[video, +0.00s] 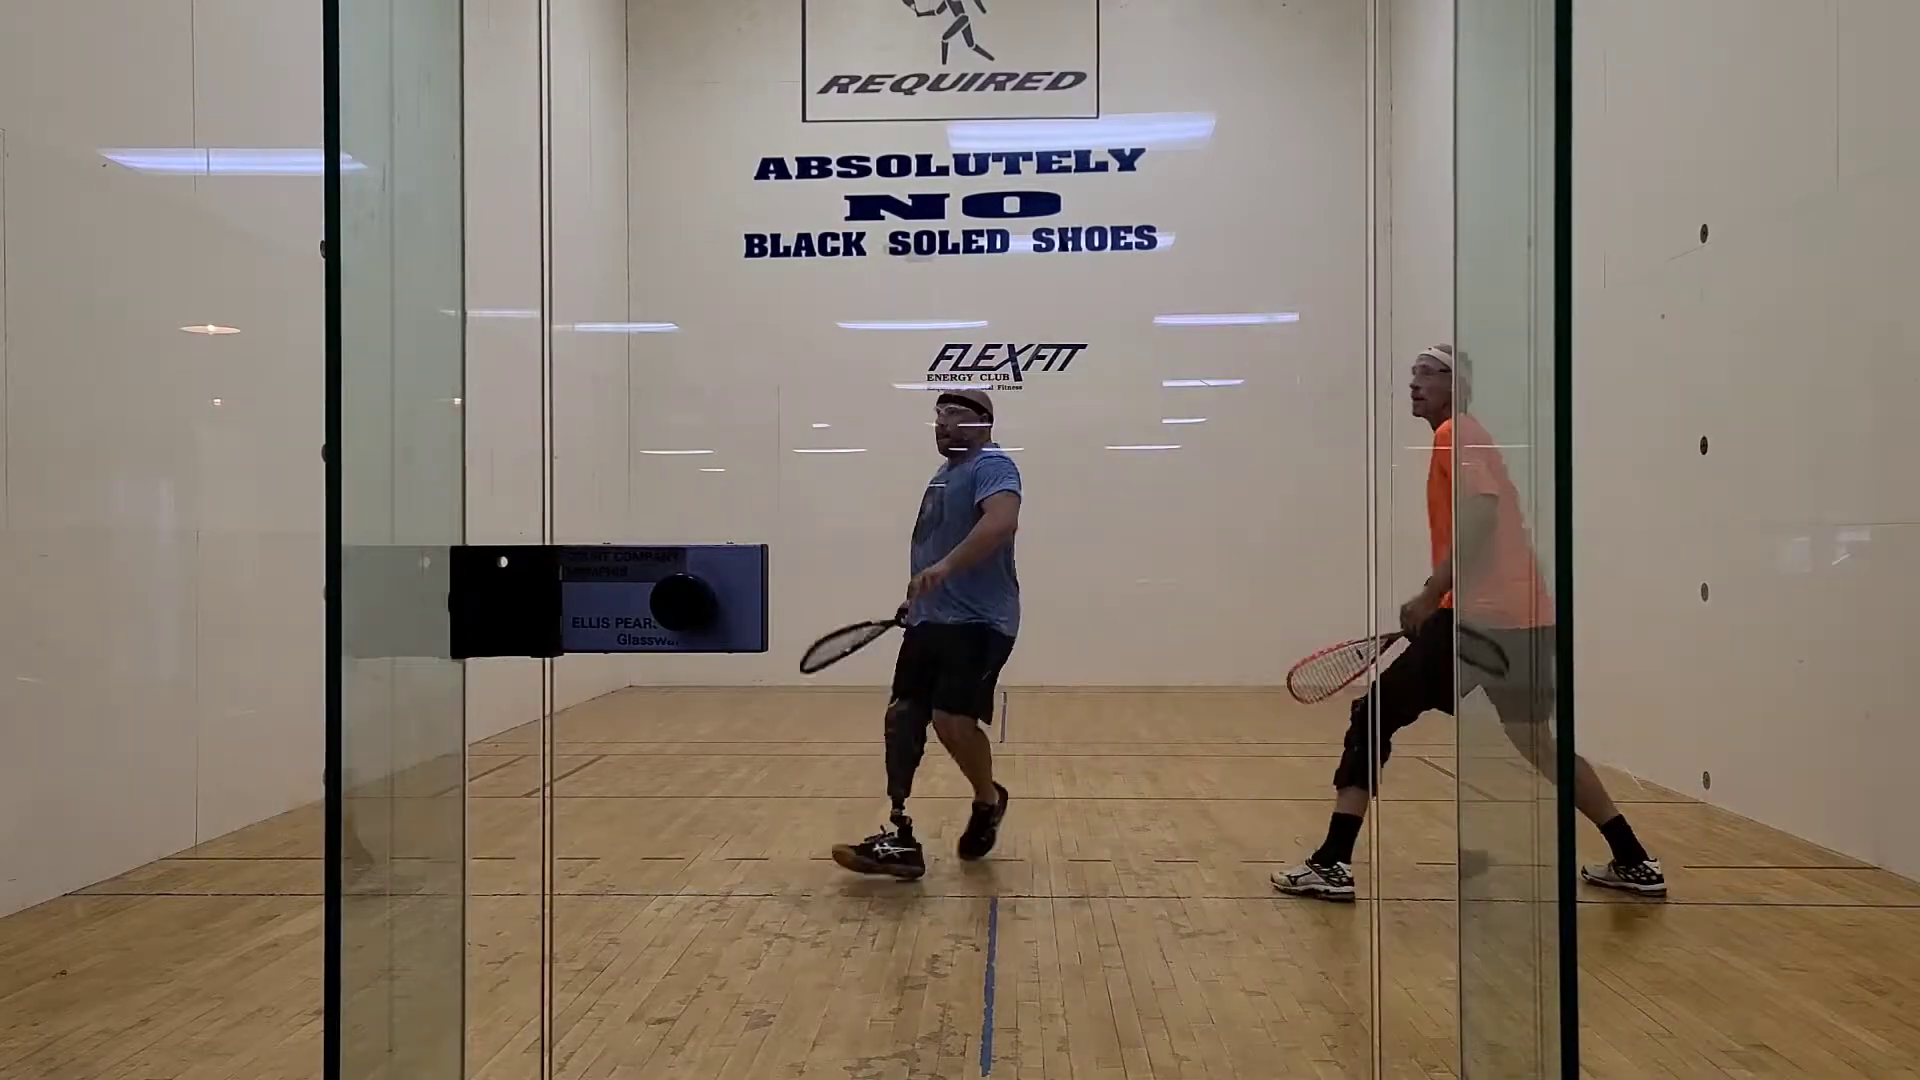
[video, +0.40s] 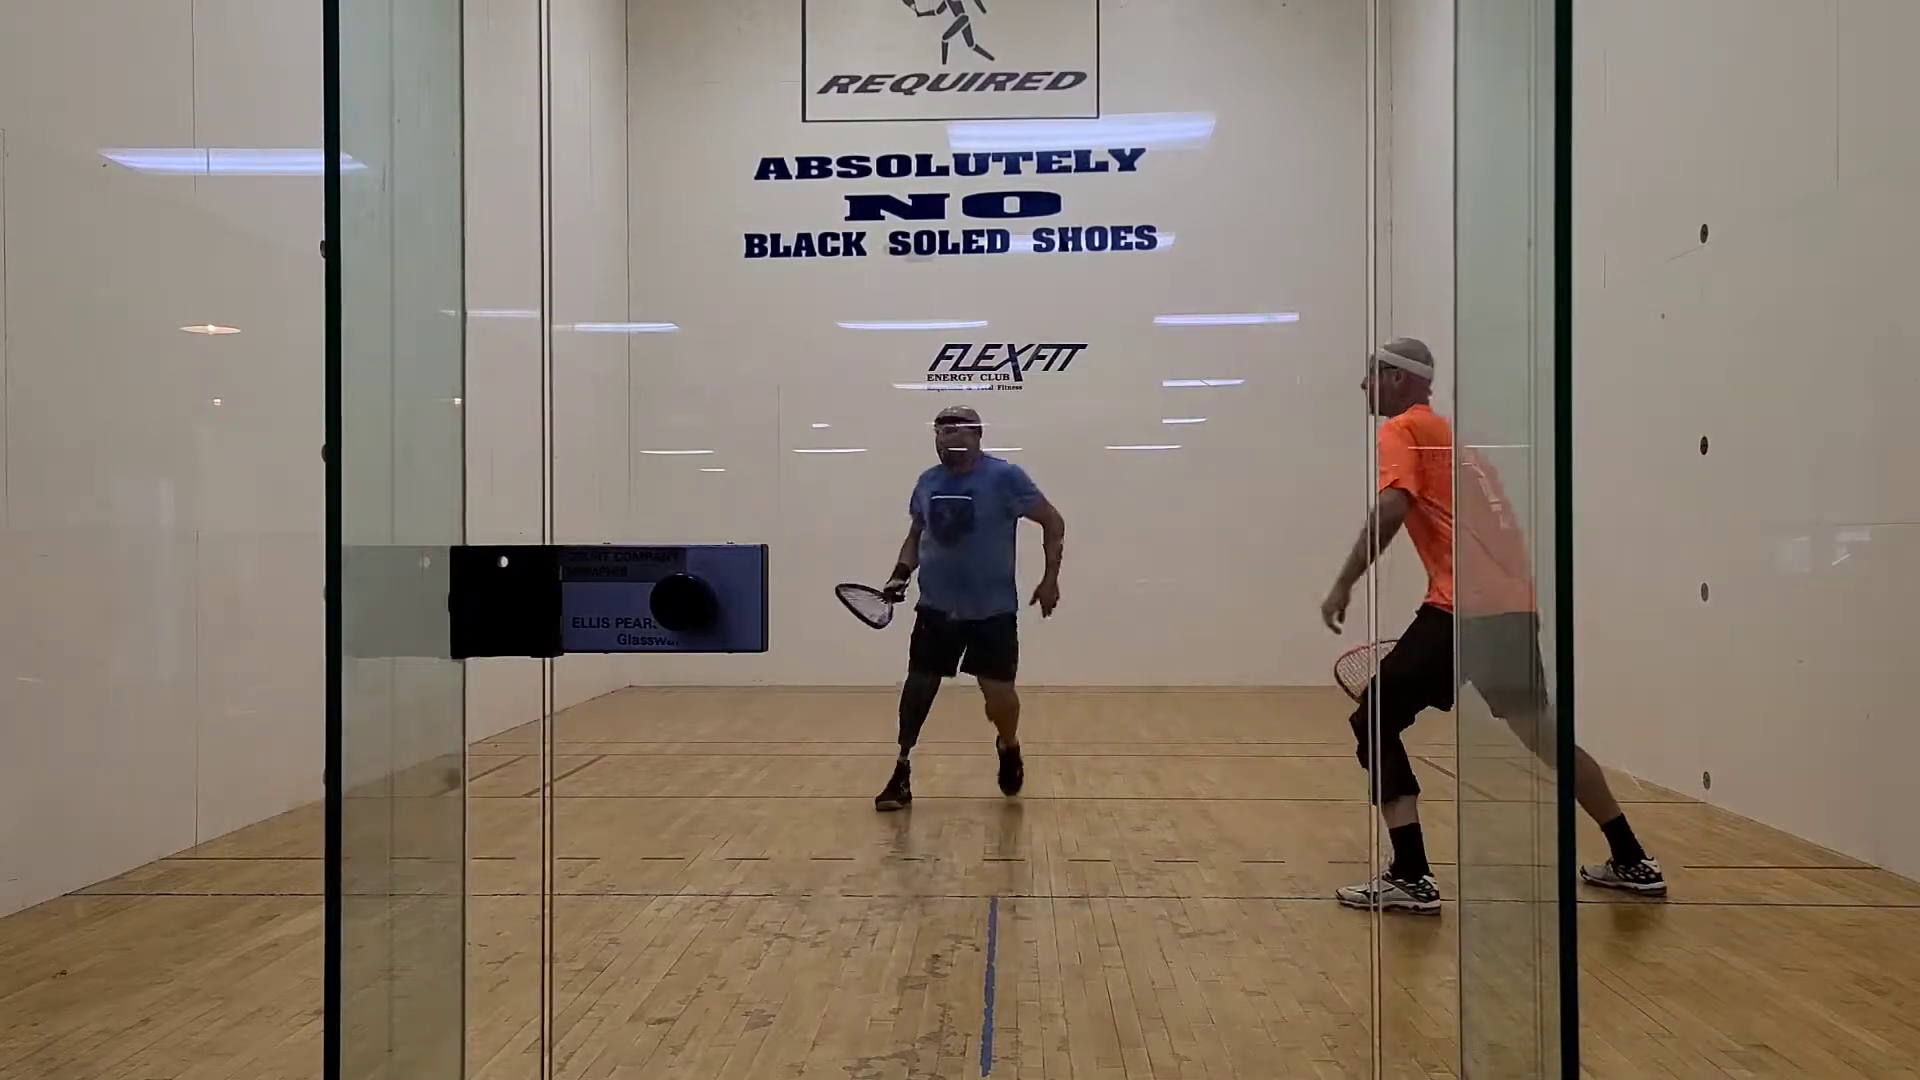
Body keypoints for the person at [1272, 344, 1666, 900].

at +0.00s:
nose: (1411, 385)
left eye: (1422, 377)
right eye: (1412, 377)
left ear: (1453, 384)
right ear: (1448, 388)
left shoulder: (1456, 434)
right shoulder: (1472, 437)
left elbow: (1478, 523)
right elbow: (1482, 540)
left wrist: (1430, 594)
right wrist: (1431, 608)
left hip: (1481, 618)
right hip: (1522, 620)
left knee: (1374, 713)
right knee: (1536, 740)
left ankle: (1332, 862)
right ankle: (1633, 859)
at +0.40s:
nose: (1368, 391)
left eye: (1373, 380)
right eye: (1369, 380)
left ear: (1397, 381)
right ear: (1422, 383)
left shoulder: (1402, 427)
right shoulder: (1456, 437)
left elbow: (1393, 507)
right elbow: (1490, 532)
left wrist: (1342, 583)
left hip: (1459, 611)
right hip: (1512, 613)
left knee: (1373, 717)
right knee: (1548, 737)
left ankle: (1411, 875)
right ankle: (1633, 861)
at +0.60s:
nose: (1283, 384)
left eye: (1290, 373)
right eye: (1284, 374)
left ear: (1318, 374)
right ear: (1335, 375)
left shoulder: (1326, 422)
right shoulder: (1376, 425)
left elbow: (1313, 510)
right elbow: (1431, 507)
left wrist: (1254, 568)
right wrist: (1454, 584)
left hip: (1396, 592)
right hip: (1438, 588)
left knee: (1349, 727)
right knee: (1433, 722)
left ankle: (1409, 878)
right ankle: (1556, 817)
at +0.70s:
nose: (1254, 378)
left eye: (1257, 367)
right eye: (1255, 367)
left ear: (1277, 366)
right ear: (1306, 366)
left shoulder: (1282, 417)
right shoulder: (1356, 417)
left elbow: (1270, 510)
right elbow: (1404, 495)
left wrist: (1233, 556)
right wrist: (1432, 572)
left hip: (1364, 586)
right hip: (1407, 579)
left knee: (1344, 727)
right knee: (1366, 708)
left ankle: (1408, 875)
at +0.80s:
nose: (1223, 368)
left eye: (1227, 358)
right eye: (1225, 358)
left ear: (1244, 361)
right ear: (1277, 361)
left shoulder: (1243, 414)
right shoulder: (1328, 411)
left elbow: (1232, 506)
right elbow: (1375, 490)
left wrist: (1216, 546)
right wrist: (1399, 564)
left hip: (1331, 582)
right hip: (1369, 574)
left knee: (1338, 732)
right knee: (1290, 685)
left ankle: (1408, 874)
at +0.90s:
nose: (1192, 370)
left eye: (1196, 361)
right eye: (1195, 360)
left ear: (1209, 366)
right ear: (1245, 366)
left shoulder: (1207, 417)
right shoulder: (1293, 416)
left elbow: (1192, 509)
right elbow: (1339, 491)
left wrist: (1193, 547)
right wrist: (1361, 559)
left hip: (1298, 584)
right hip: (1329, 575)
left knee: (1320, 733)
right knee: (1240, 689)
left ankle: (1405, 869)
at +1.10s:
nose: (1133, 391)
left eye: (1137, 383)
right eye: (1136, 382)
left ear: (1150, 384)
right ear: (1180, 388)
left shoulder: (1140, 422)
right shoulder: (1212, 440)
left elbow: (1124, 502)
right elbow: (1256, 519)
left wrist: (1116, 580)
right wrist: (1277, 597)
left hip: (1201, 596)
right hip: (1230, 594)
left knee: (1210, 742)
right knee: (1138, 698)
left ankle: (1340, 833)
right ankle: (1130, 840)